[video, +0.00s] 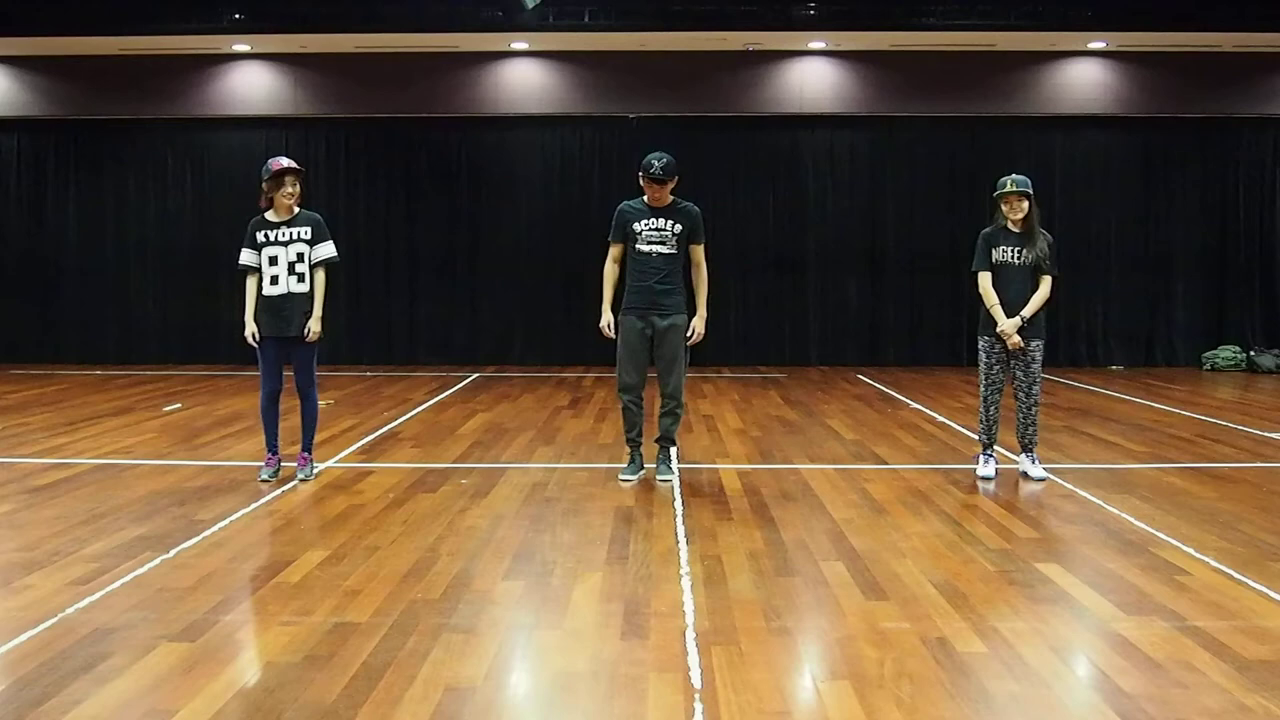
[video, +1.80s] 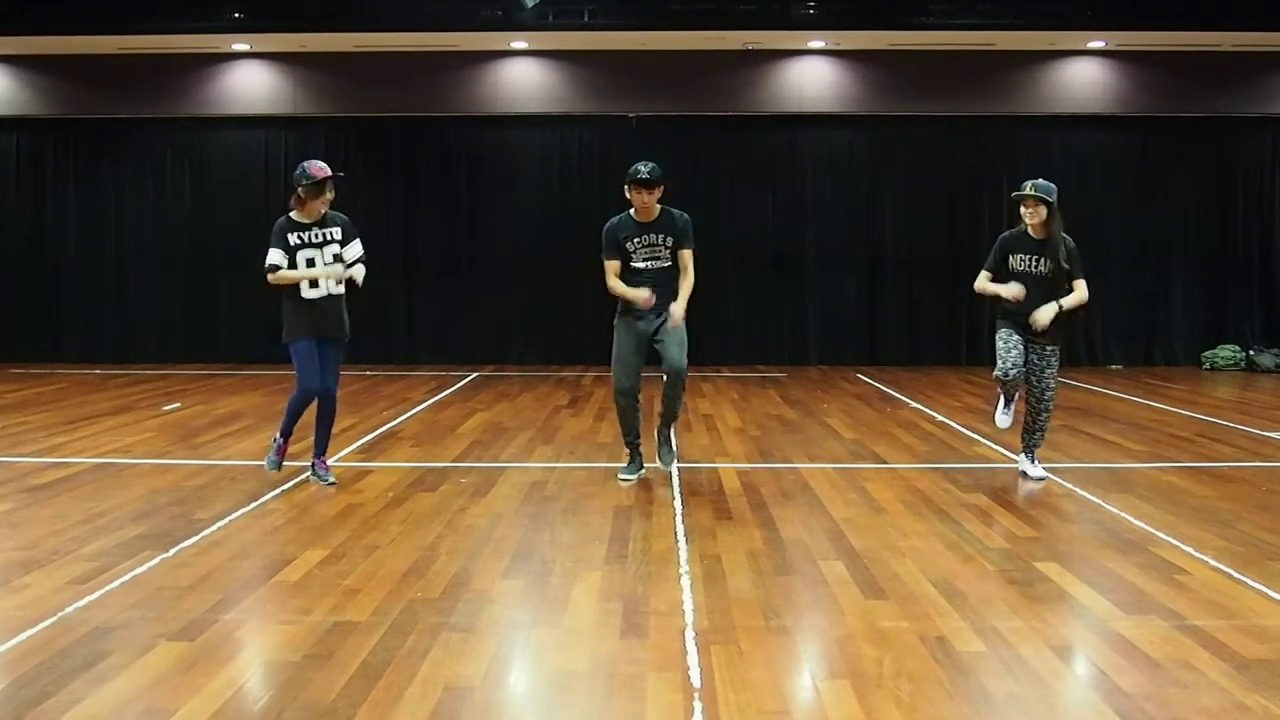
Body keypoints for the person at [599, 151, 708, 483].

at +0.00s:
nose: (656, 190)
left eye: (662, 184)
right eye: (650, 184)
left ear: (673, 182)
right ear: (642, 180)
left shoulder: (689, 215)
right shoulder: (626, 212)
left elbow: (698, 265)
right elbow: (613, 260)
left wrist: (701, 313)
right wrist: (607, 307)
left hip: (673, 315)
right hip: (632, 314)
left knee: (672, 389)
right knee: (629, 388)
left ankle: (667, 452)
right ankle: (634, 454)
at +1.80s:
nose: (644, 196)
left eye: (650, 189)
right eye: (638, 189)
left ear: (660, 190)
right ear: (628, 191)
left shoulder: (678, 223)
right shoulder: (615, 229)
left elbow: (687, 271)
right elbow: (611, 279)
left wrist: (679, 305)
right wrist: (632, 293)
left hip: (669, 313)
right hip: (630, 315)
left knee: (677, 367)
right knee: (623, 386)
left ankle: (666, 430)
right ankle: (633, 453)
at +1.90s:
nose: (647, 196)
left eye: (653, 189)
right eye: (640, 189)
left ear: (663, 191)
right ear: (631, 192)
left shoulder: (680, 223)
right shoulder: (617, 228)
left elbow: (687, 273)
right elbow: (617, 280)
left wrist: (671, 278)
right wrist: (644, 261)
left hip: (671, 308)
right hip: (632, 314)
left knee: (686, 349)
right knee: (624, 387)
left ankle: (670, 411)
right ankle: (633, 454)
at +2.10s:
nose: (659, 185)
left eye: (666, 179)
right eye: (653, 179)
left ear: (676, 182)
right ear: (643, 181)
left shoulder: (690, 218)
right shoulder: (628, 214)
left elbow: (688, 267)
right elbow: (624, 258)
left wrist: (667, 237)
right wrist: (648, 217)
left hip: (679, 315)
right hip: (637, 316)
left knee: (699, 377)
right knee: (630, 387)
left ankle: (689, 446)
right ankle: (634, 454)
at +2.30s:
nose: (667, 178)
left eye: (675, 172)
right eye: (662, 172)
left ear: (688, 179)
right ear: (656, 178)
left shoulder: (704, 217)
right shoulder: (642, 212)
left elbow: (688, 255)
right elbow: (633, 249)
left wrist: (666, 215)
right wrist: (655, 209)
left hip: (687, 316)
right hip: (647, 311)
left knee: (694, 392)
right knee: (630, 366)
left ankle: (690, 453)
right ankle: (636, 428)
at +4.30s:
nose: (693, 167)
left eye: (700, 161)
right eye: (687, 160)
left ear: (710, 167)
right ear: (676, 165)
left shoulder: (726, 203)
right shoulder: (664, 202)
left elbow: (729, 247)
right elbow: (655, 242)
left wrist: (704, 205)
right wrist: (678, 202)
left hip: (713, 311)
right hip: (674, 305)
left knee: (714, 395)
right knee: (668, 380)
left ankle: (708, 463)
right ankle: (672, 459)